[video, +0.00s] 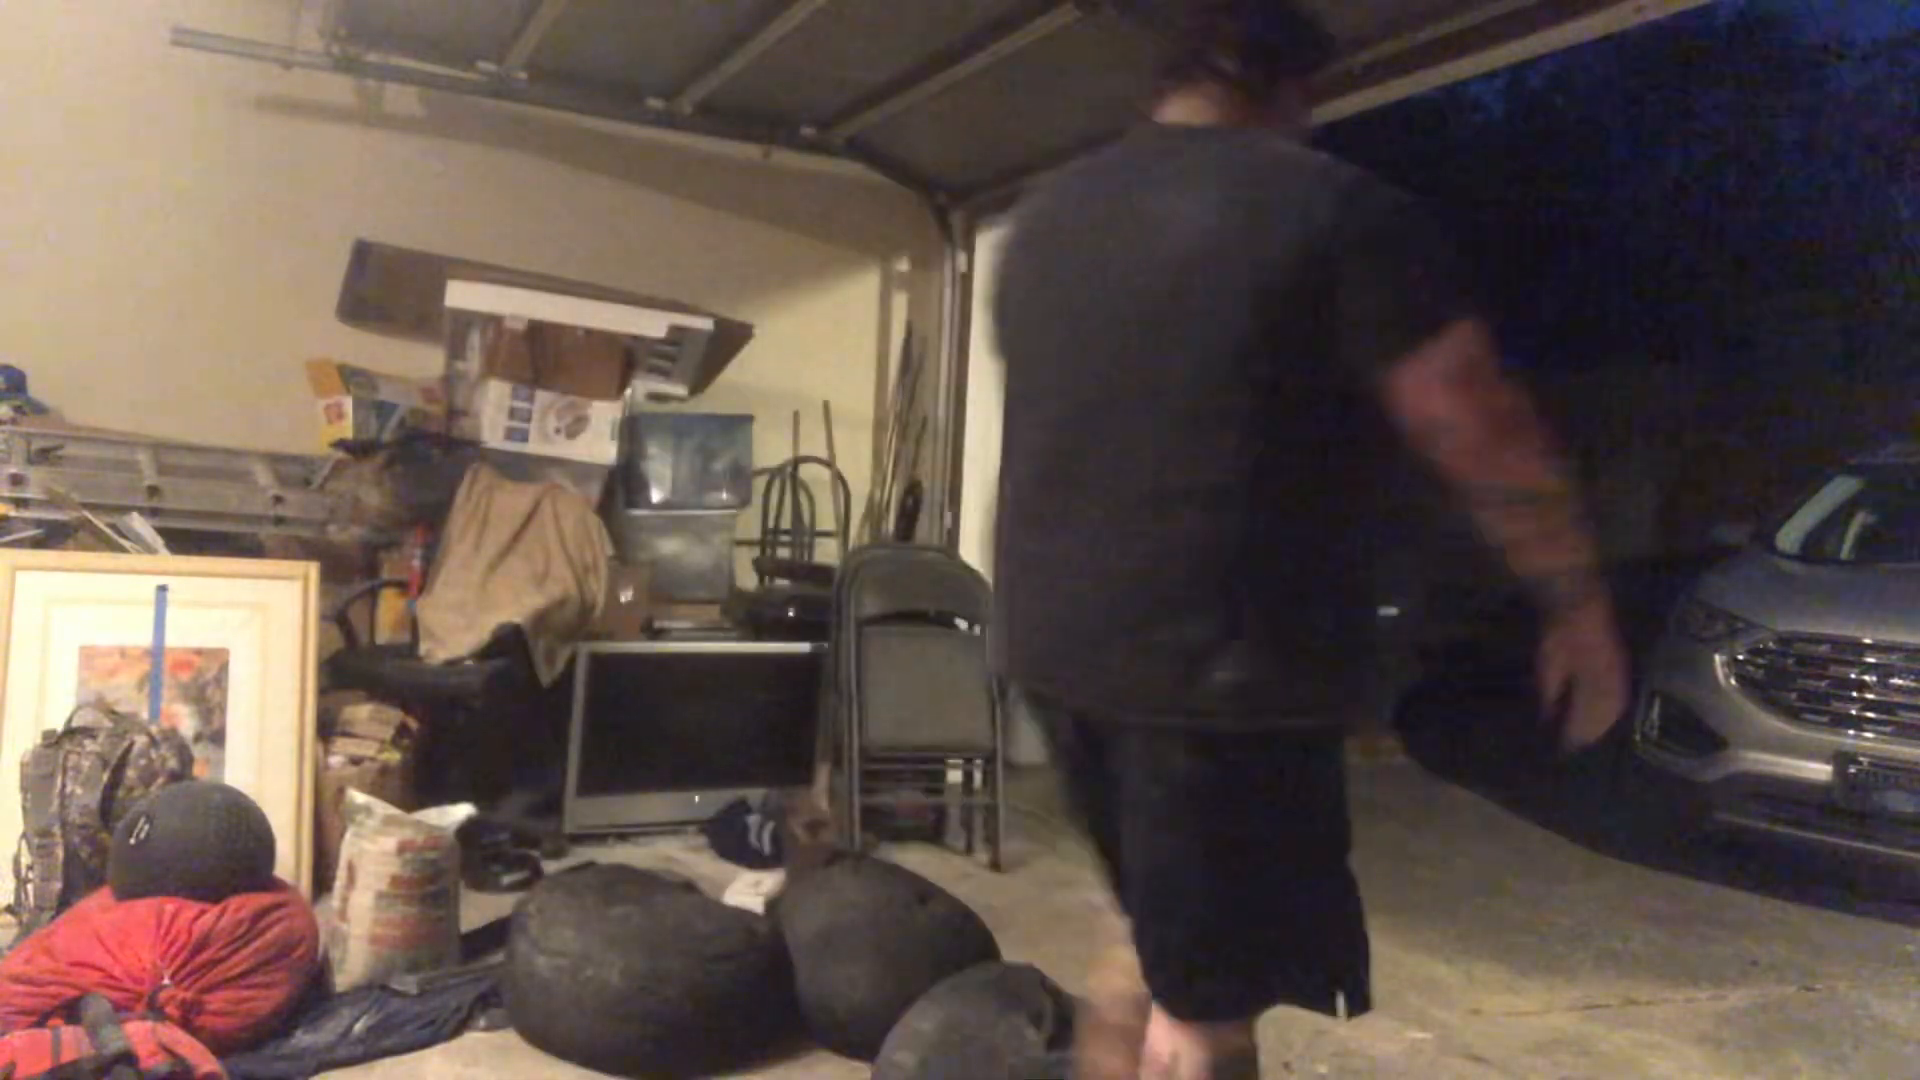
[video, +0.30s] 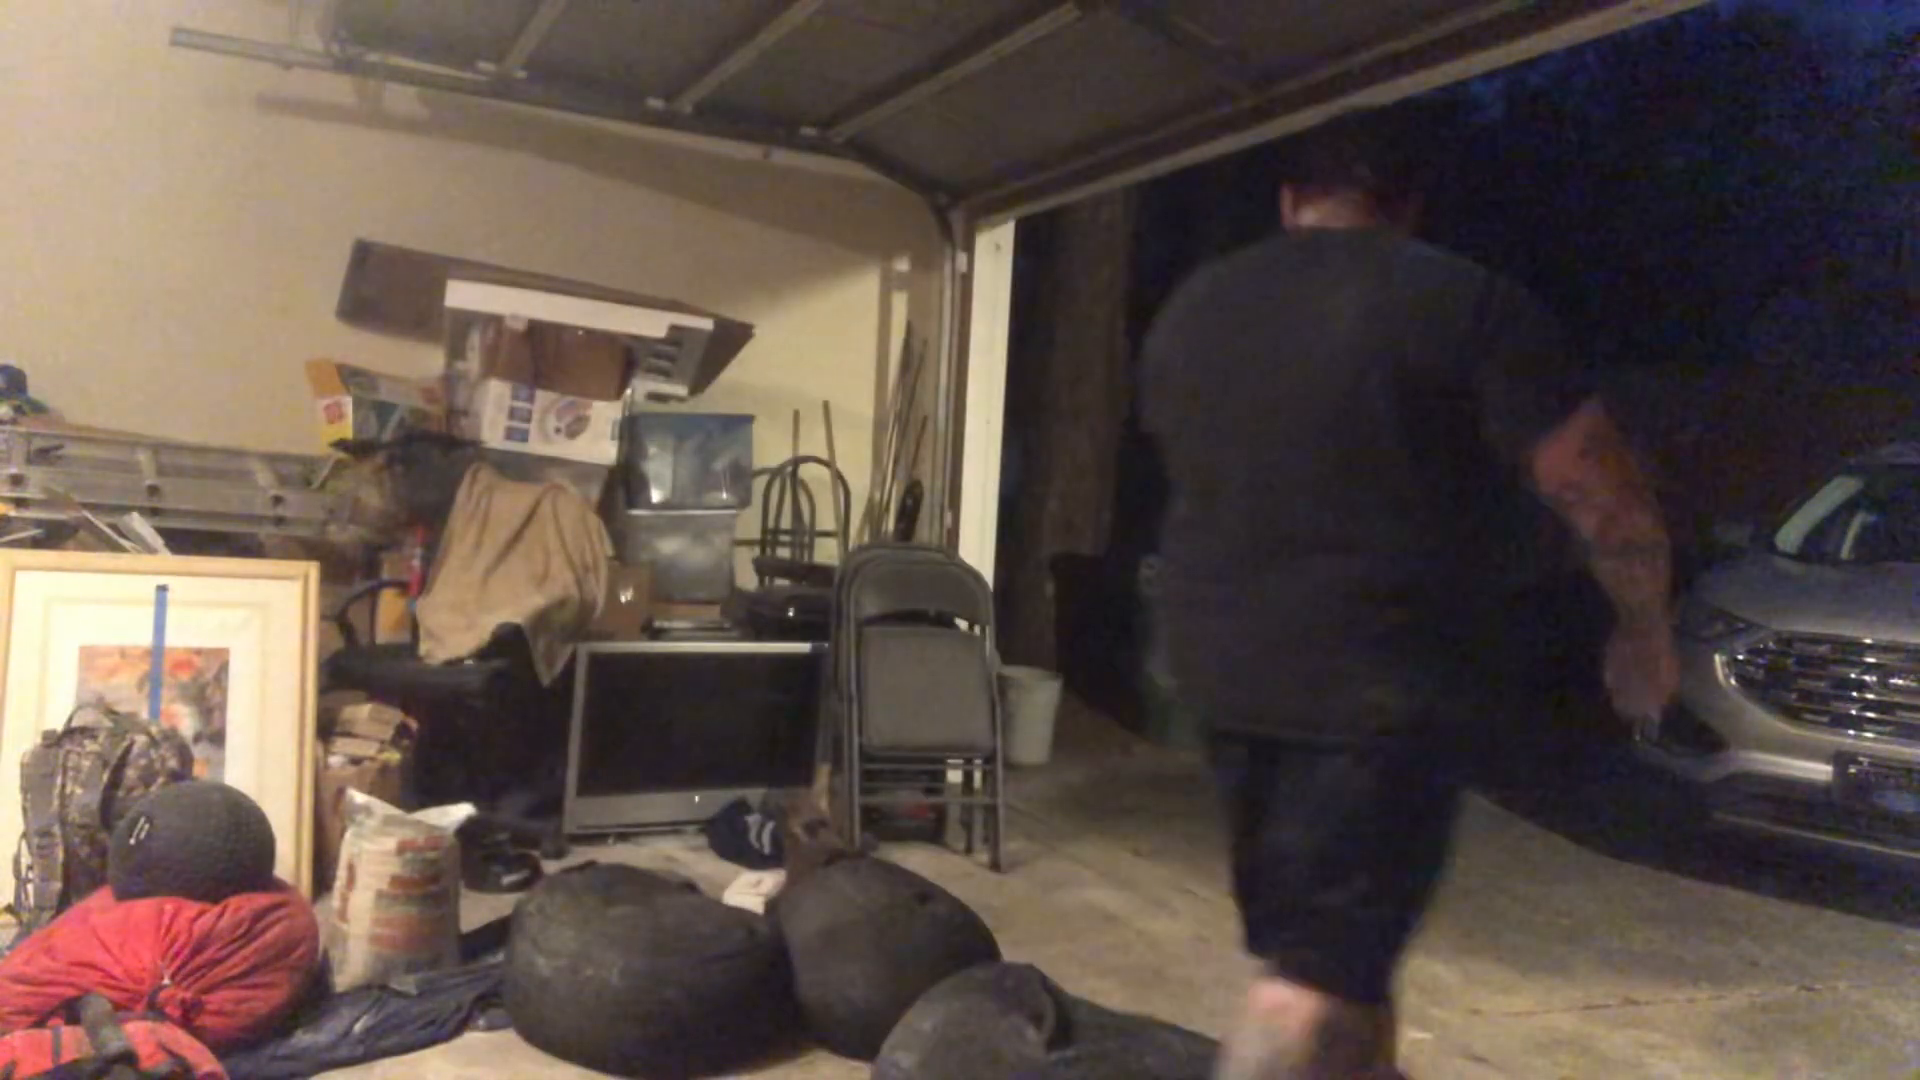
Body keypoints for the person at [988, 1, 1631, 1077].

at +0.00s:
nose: (1315, 111)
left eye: (1316, 94)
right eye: (1313, 91)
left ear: (1165, 75)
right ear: (1290, 84)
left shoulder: (1048, 216)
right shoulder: (1324, 207)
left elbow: (1058, 426)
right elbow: (1463, 415)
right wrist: (1572, 597)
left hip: (1062, 653)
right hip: (1226, 665)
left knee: (1149, 924)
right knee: (1201, 1009)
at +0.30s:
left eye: (1294, 199)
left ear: (1285, 203)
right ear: (1404, 199)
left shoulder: (1190, 311)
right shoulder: (1458, 302)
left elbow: (1196, 482)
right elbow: (1596, 488)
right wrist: (1644, 629)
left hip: (1225, 676)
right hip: (1383, 679)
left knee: (1337, 961)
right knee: (1304, 977)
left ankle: (1372, 1064)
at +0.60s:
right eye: (1490, 210)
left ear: (1370, 219)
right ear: (1478, 213)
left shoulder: (1295, 295)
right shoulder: (1526, 300)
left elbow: (1246, 418)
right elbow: (1621, 460)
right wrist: (1666, 631)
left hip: (1328, 639)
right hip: (1492, 637)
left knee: (1367, 869)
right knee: (1513, 858)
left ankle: (1379, 1071)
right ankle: (1464, 1062)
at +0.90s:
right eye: (1535, 289)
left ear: (1439, 288)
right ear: (1538, 294)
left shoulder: (1372, 365)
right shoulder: (1596, 384)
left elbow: (1266, 459)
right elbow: (1683, 520)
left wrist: (1364, 471)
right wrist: (1714, 652)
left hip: (1384, 664)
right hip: (1532, 674)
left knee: (1395, 869)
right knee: (1518, 854)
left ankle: (1389, 1066)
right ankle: (1516, 1015)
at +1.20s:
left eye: (1462, 293)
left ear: (1460, 295)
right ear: (1548, 301)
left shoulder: (1403, 372)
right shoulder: (1615, 387)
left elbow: (1319, 483)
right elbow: (1677, 511)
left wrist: (1305, 578)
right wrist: (1652, 600)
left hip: (1420, 630)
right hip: (1552, 641)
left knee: (1415, 787)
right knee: (1526, 822)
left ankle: (1431, 955)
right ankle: (1517, 1008)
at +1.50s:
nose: (1425, 358)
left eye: (1428, 349)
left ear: (1430, 351)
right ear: (1505, 357)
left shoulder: (1389, 416)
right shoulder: (1559, 426)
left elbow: (1328, 512)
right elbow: (1613, 533)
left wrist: (1297, 610)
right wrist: (1589, 606)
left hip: (1408, 640)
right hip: (1521, 649)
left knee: (1405, 774)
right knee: (1521, 796)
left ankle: (1404, 906)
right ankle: (1517, 938)